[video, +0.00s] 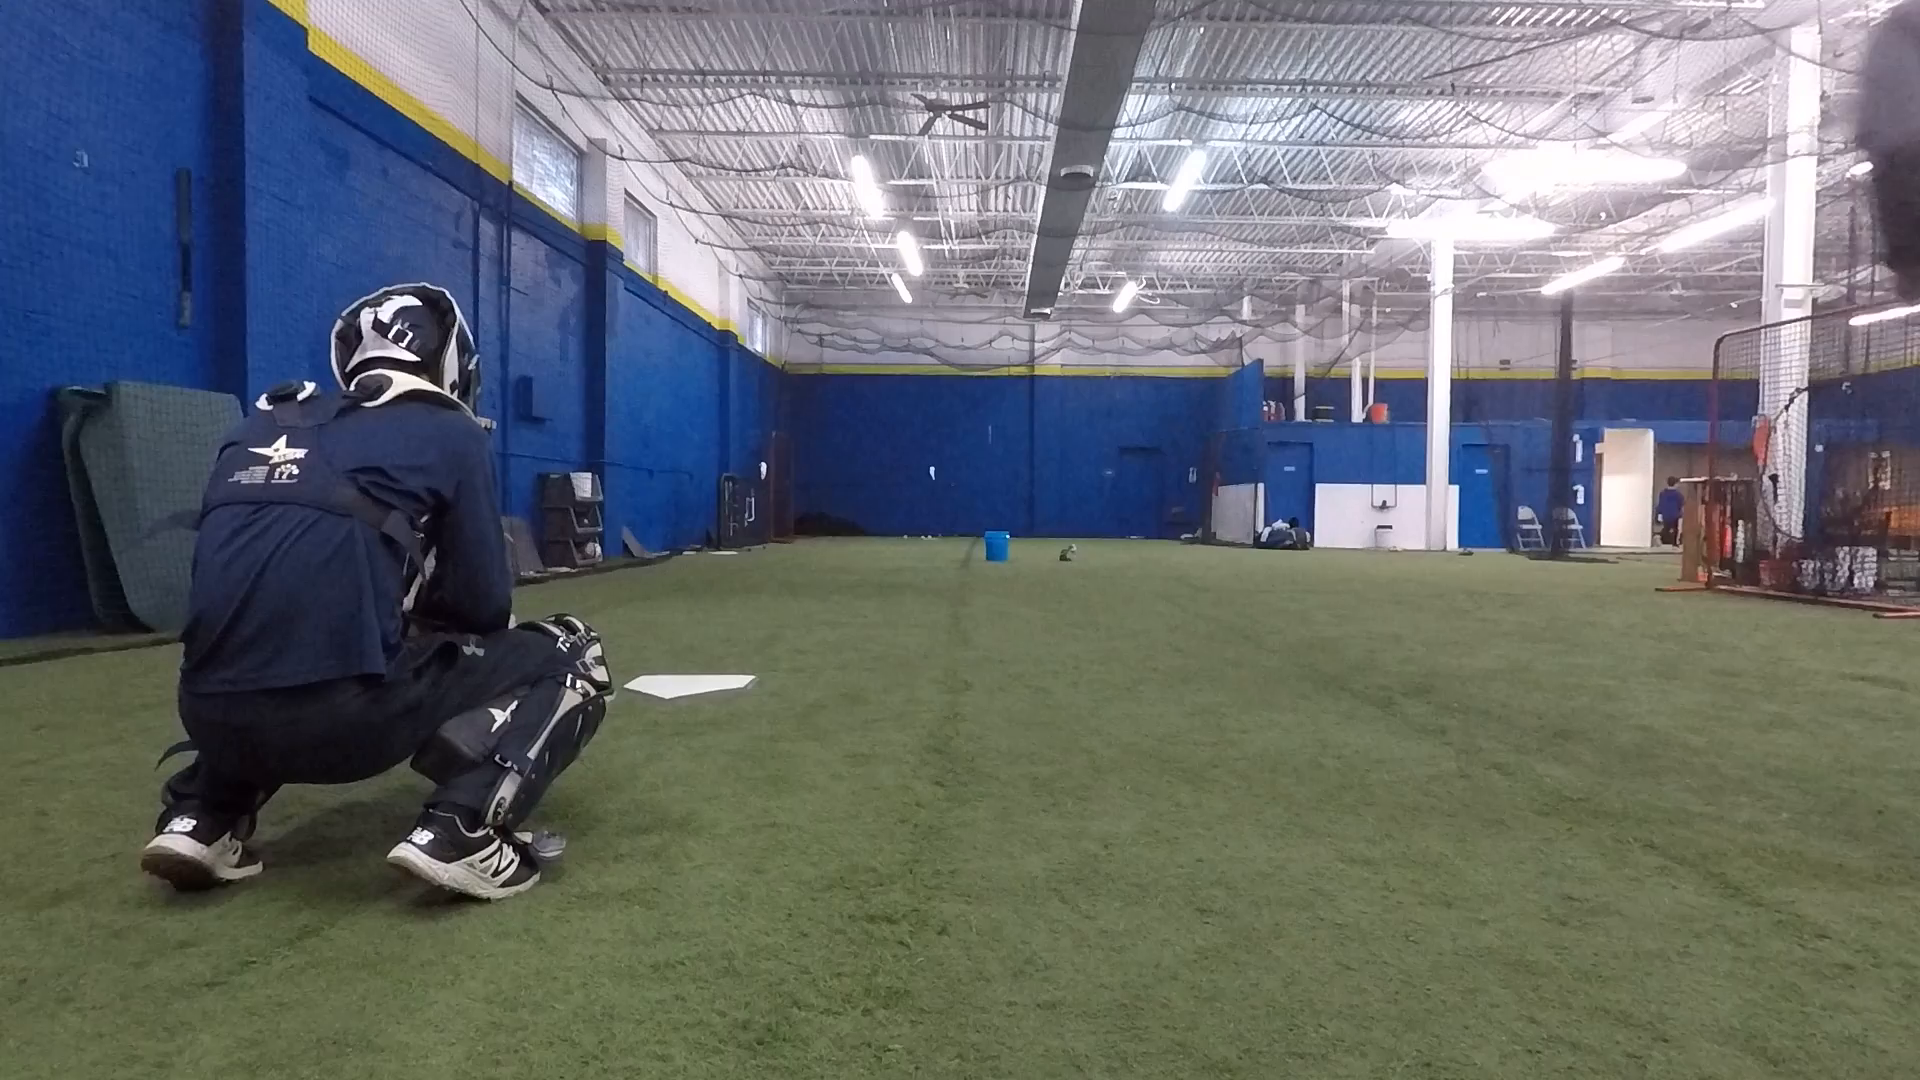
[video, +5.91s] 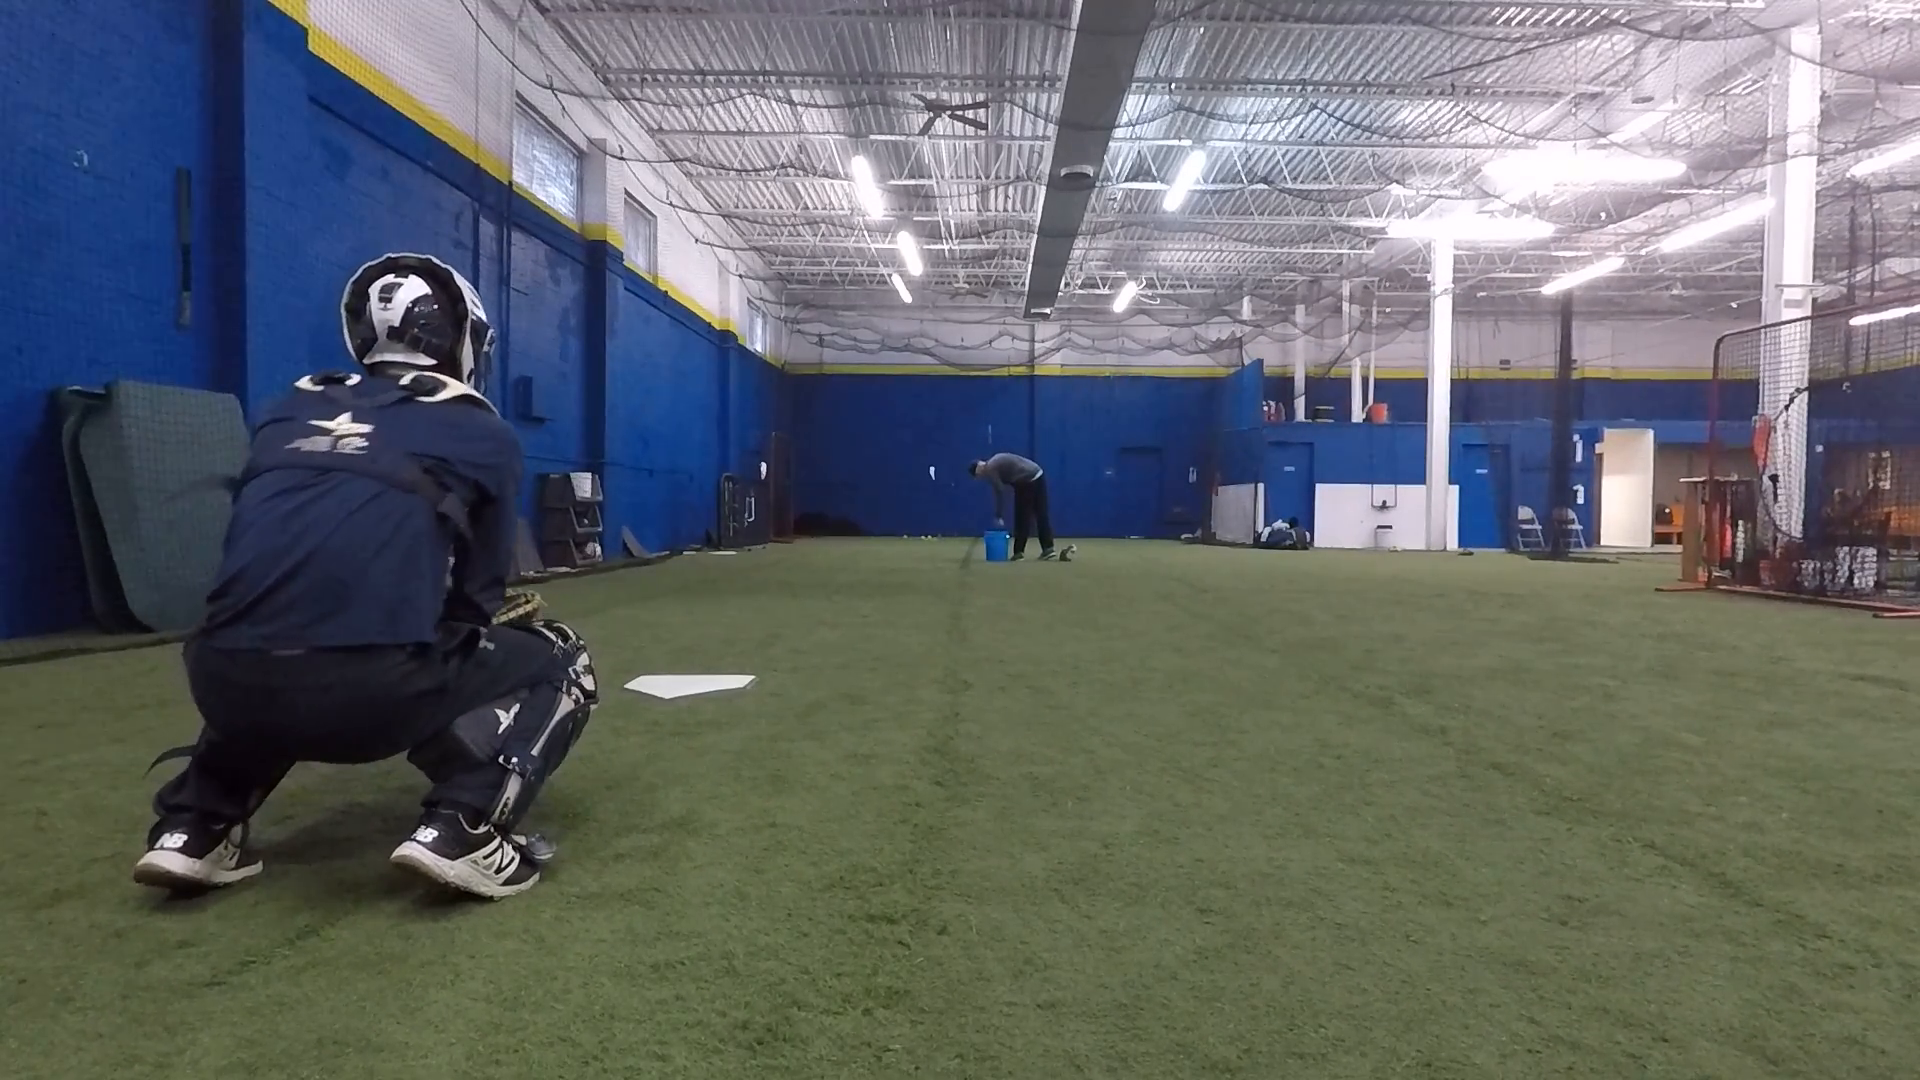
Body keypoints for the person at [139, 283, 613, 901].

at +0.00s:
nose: (466, 373)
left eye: (464, 359)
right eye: (462, 357)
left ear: (347, 360)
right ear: (448, 361)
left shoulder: (261, 423)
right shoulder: (452, 432)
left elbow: (239, 572)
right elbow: (483, 606)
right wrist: (407, 593)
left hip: (220, 719)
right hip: (351, 720)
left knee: (278, 618)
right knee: (573, 653)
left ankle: (203, 817)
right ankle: (461, 828)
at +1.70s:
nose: (475, 411)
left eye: (481, 396)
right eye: (476, 394)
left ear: (372, 358)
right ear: (460, 385)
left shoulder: (244, 423)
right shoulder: (440, 437)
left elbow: (243, 580)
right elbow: (471, 612)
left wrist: (396, 620)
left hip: (215, 719)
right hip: (344, 720)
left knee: (275, 623)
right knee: (565, 657)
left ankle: (196, 818)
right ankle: (464, 826)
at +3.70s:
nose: (460, 363)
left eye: (456, 348)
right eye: (453, 347)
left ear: (334, 357)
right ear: (433, 346)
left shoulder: (263, 428)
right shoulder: (449, 439)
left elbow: (263, 589)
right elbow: (470, 616)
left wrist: (401, 625)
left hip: (215, 722)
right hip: (342, 725)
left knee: (280, 630)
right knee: (564, 656)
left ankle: (196, 816)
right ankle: (466, 826)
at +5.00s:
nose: (473, 373)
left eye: (472, 357)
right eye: (469, 356)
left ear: (353, 355)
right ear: (451, 356)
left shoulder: (276, 428)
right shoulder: (454, 439)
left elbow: (259, 587)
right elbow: (472, 618)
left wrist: (396, 625)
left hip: (219, 720)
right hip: (345, 722)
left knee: (286, 630)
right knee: (564, 658)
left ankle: (195, 815)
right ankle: (465, 825)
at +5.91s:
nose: (479, 352)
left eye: (475, 338)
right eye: (474, 337)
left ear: (361, 340)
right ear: (461, 341)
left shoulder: (285, 408)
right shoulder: (484, 433)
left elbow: (248, 549)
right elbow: (478, 596)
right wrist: (415, 668)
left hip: (236, 687)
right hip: (375, 693)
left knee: (287, 630)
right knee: (561, 664)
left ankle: (193, 827)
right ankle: (463, 825)